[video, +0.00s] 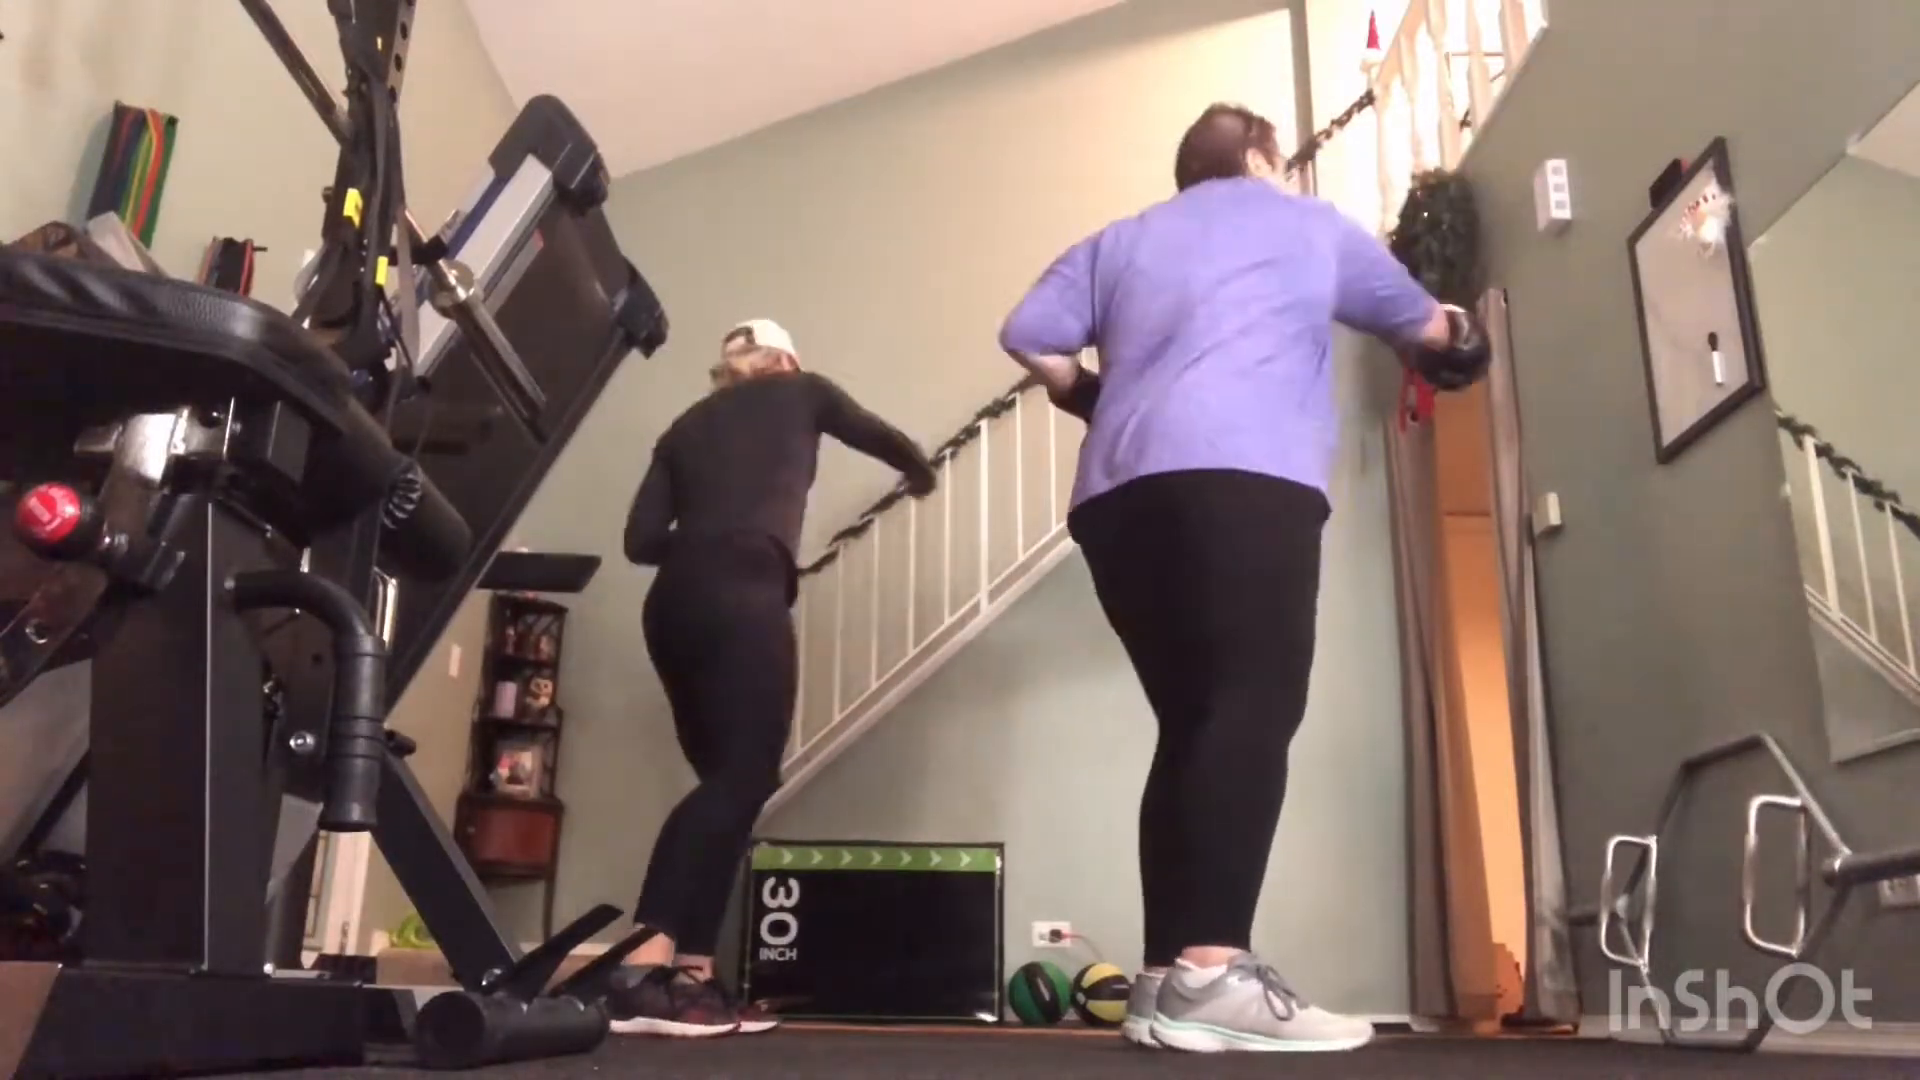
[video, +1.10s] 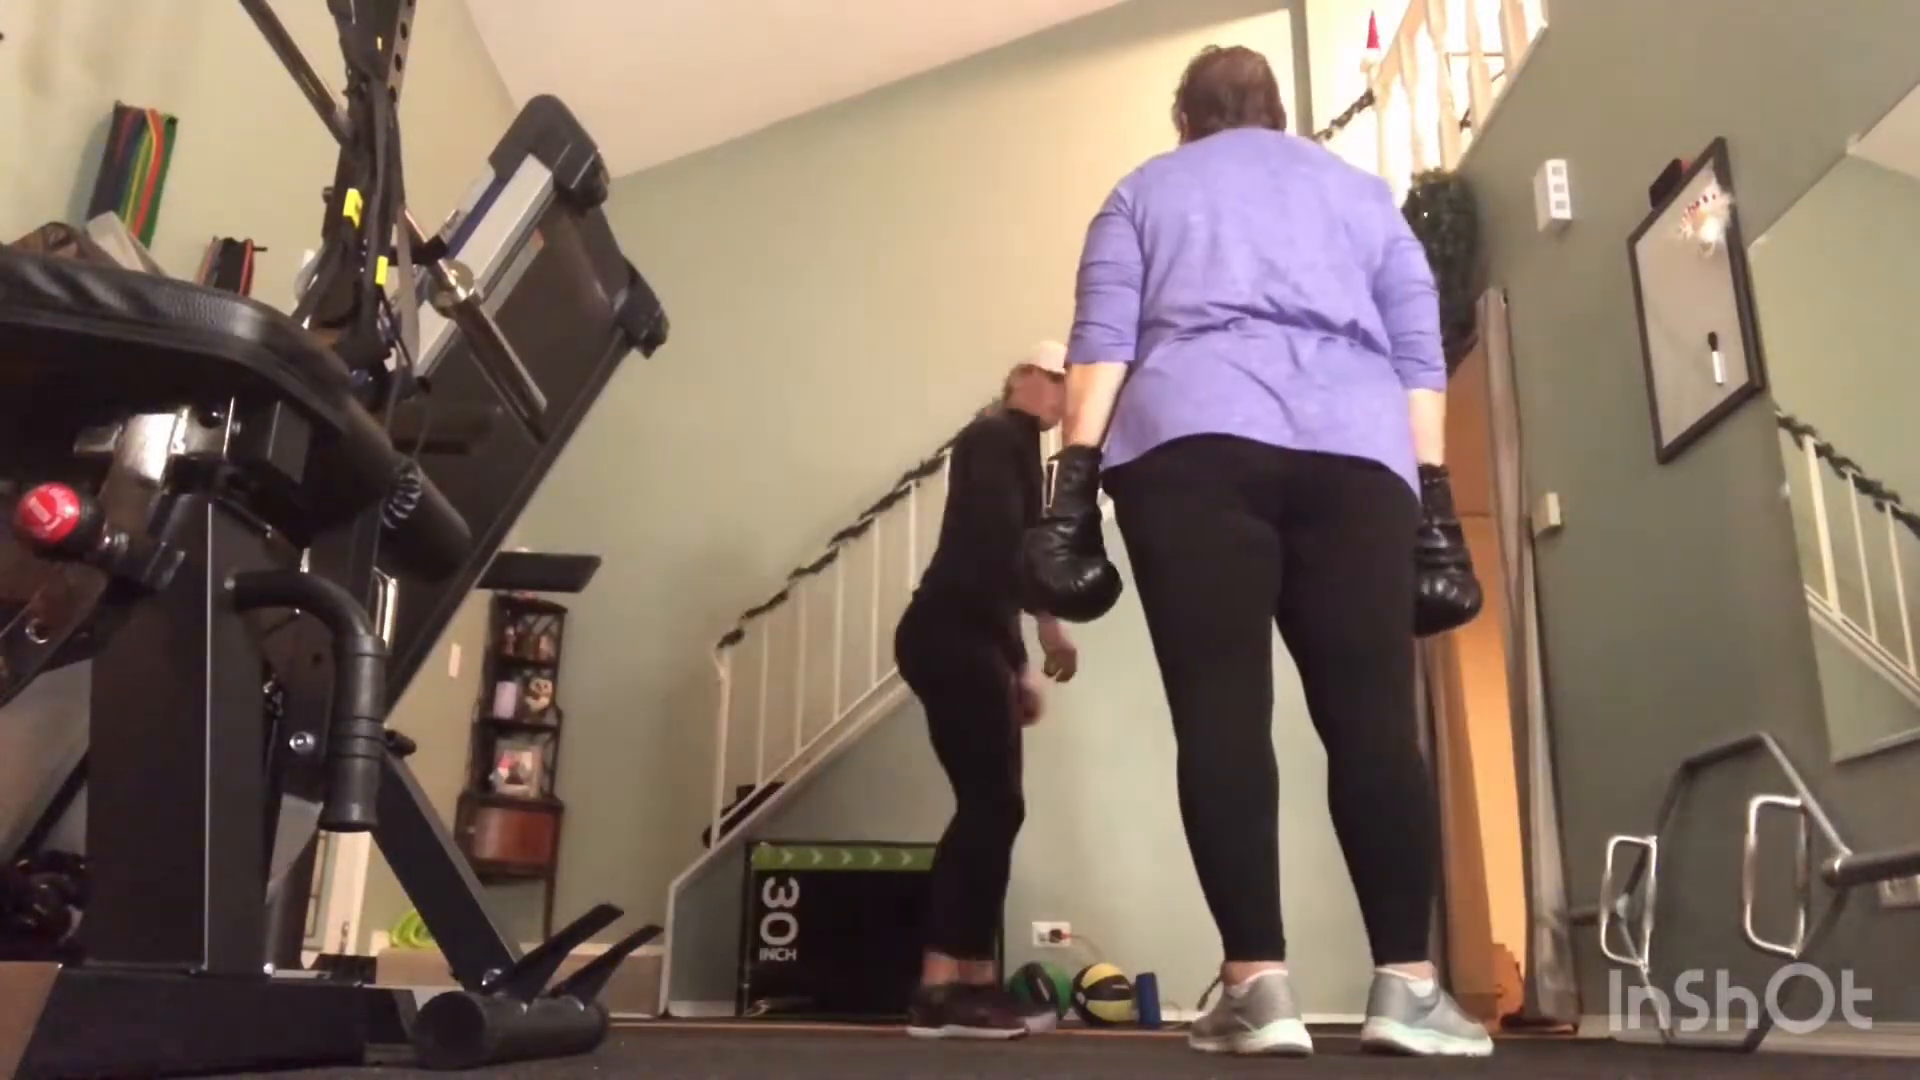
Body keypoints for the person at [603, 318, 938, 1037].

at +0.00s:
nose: (792, 364)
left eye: (775, 353)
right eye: (791, 357)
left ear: (726, 370)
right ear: (785, 361)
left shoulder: (682, 430)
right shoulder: (803, 387)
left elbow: (642, 540)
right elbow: (882, 438)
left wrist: (713, 541)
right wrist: (921, 471)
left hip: (672, 597)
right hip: (747, 588)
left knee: (726, 779)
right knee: (745, 775)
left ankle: (694, 966)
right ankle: (647, 952)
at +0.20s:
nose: (819, 312)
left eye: (819, 302)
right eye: (808, 296)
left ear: (769, 304)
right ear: (758, 297)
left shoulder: (785, 409)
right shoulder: (720, 361)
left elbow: (843, 513)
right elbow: (761, 423)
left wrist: (887, 494)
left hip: (763, 603)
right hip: (710, 582)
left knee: (719, 788)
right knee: (664, 760)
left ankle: (688, 967)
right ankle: (623, 950)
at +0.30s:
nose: (830, 344)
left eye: (833, 332)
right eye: (824, 325)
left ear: (792, 318)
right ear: (780, 309)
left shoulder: (776, 396)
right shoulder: (734, 367)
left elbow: (805, 517)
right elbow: (758, 461)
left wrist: (890, 581)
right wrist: (814, 497)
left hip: (769, 600)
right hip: (732, 591)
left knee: (735, 783)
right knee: (694, 768)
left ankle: (690, 967)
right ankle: (633, 956)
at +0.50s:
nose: (917, 327)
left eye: (919, 318)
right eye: (907, 313)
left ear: (881, 321)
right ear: (864, 313)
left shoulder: (869, 397)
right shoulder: (846, 365)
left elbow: (897, 535)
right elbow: (863, 454)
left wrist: (993, 567)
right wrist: (907, 534)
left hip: (815, 588)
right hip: (788, 574)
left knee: (866, 772)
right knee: (821, 764)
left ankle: (789, 962)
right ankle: (751, 980)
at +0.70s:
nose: (991, 330)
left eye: (994, 322)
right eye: (979, 316)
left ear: (967, 329)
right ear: (937, 317)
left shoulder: (945, 396)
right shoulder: (909, 372)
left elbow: (922, 496)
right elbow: (887, 458)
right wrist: (896, 556)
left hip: (902, 596)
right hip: (877, 589)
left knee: (901, 783)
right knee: (892, 780)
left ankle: (869, 976)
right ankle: (862, 981)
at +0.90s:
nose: (1027, 382)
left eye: (1034, 373)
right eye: (1025, 364)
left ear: (998, 356)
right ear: (992, 344)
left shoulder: (977, 418)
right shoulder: (949, 392)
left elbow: (955, 542)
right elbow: (931, 484)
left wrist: (963, 656)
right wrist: (945, 567)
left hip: (923, 609)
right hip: (894, 599)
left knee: (953, 793)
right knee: (920, 782)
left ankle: (913, 983)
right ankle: (861, 982)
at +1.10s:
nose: (1063, 397)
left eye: (1067, 387)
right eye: (1056, 383)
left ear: (1048, 392)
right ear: (1024, 380)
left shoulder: (1016, 445)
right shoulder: (997, 436)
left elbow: (996, 569)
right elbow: (1003, 546)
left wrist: (1018, 666)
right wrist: (1050, 624)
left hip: (972, 635)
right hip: (947, 631)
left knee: (994, 806)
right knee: (989, 805)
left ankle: (969, 983)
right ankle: (947, 985)